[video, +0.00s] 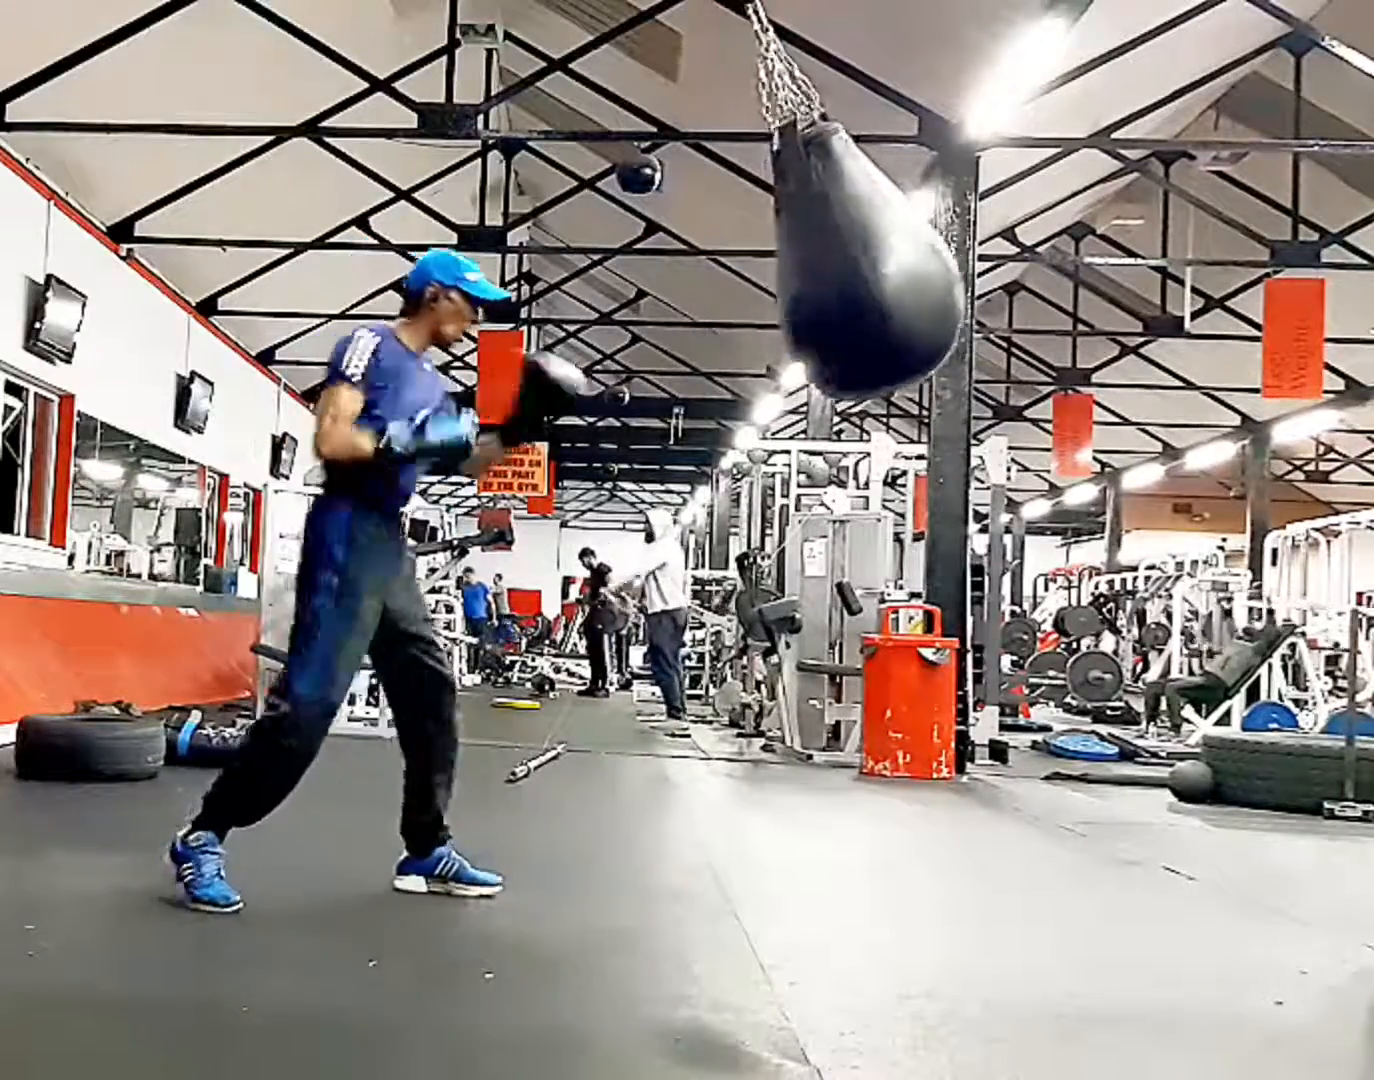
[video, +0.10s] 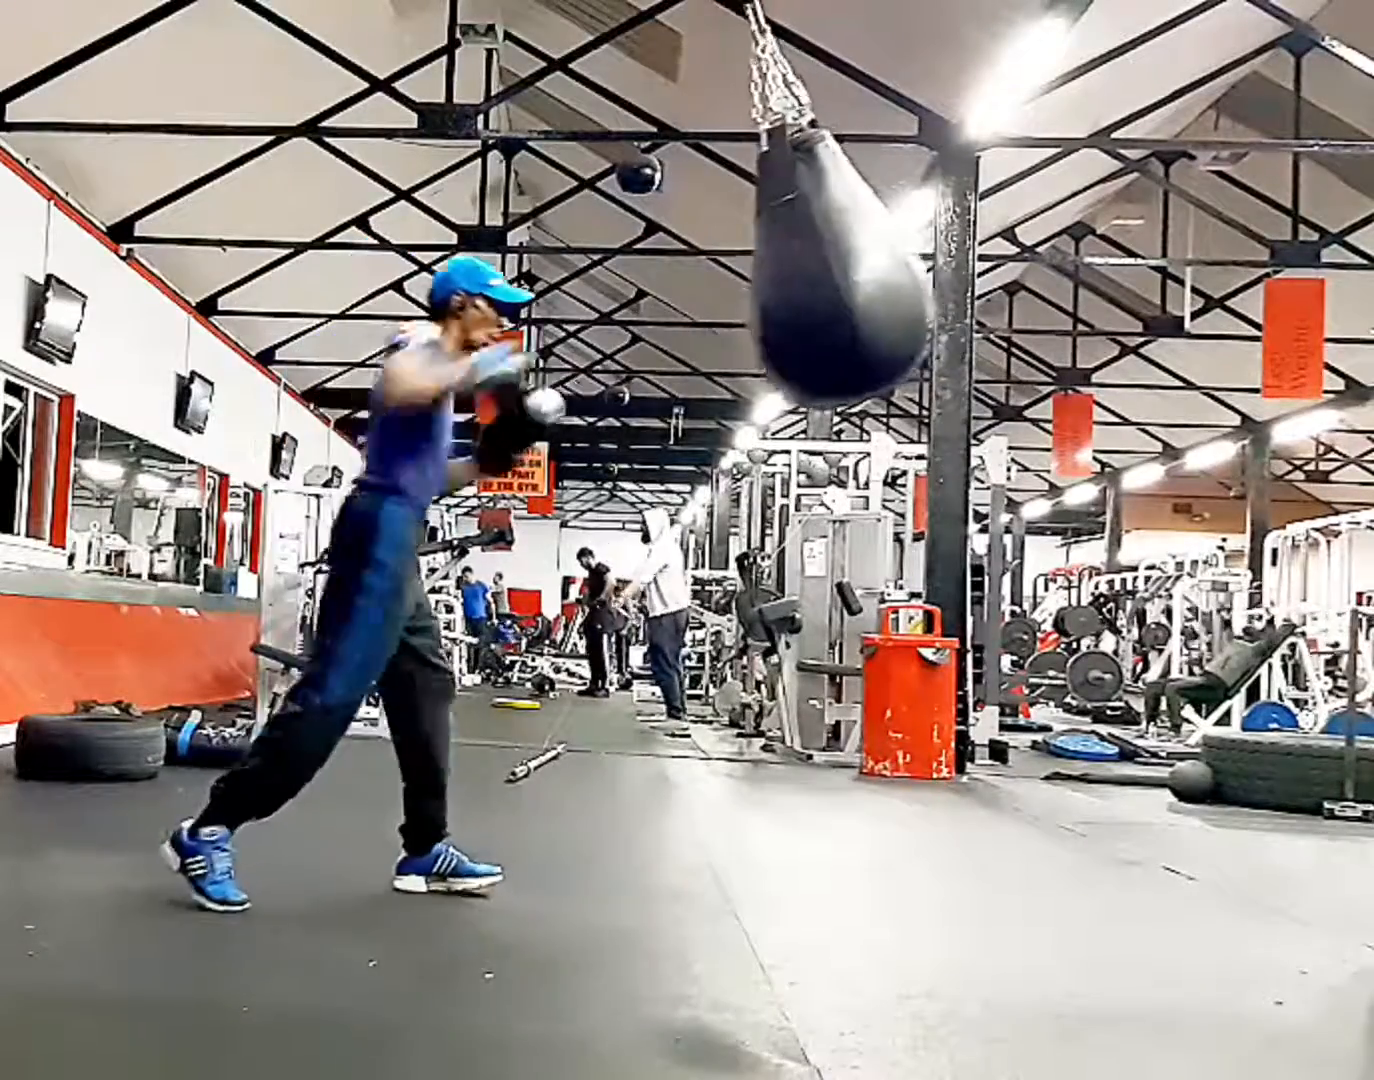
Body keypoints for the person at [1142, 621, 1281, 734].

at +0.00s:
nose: (1246, 632)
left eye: (1251, 632)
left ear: (1254, 636)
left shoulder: (1253, 651)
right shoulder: (1234, 645)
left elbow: (1268, 639)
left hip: (1217, 683)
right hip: (1203, 676)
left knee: (1172, 689)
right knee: (1152, 688)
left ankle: (1175, 730)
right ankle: (1148, 726)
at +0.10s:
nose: (1248, 627)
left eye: (1255, 625)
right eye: (1248, 623)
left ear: (1262, 632)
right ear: (1244, 627)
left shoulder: (1257, 650)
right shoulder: (1233, 643)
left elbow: (1275, 638)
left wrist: (1271, 622)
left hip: (1218, 684)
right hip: (1203, 677)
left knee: (1173, 689)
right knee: (1152, 688)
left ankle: (1175, 731)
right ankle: (1148, 728)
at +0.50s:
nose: (1255, 634)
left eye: (1258, 633)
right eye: (1257, 632)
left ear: (1258, 639)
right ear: (1255, 636)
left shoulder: (1259, 651)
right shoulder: (1238, 644)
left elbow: (1279, 654)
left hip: (1217, 684)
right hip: (1204, 675)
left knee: (1172, 689)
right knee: (1152, 688)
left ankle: (1175, 730)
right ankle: (1147, 727)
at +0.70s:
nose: (1251, 630)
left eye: (1254, 629)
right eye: (1251, 628)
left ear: (1257, 636)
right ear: (1246, 633)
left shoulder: (1257, 650)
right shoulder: (1232, 644)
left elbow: (1273, 644)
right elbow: (1225, 632)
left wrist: (1270, 624)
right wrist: (1223, 617)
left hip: (1218, 683)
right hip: (1203, 678)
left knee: (1172, 688)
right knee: (1152, 687)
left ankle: (1175, 730)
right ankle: (1148, 727)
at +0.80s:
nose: (1252, 625)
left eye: (1259, 625)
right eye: (1252, 623)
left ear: (1263, 634)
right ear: (1247, 629)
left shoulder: (1259, 650)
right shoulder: (1235, 643)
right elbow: (1227, 626)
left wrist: (1270, 616)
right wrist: (1224, 609)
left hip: (1217, 684)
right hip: (1203, 677)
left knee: (1172, 688)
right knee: (1152, 687)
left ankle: (1175, 730)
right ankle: (1147, 727)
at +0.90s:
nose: (1253, 628)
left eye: (1257, 627)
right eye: (1256, 626)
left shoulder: (1256, 652)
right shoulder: (1236, 642)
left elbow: (1266, 634)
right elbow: (1230, 628)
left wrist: (1269, 611)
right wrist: (1226, 609)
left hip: (1219, 683)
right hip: (1205, 676)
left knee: (1172, 688)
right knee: (1152, 687)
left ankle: (1175, 730)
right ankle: (1148, 727)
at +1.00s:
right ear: (1250, 634)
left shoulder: (1255, 654)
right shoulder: (1236, 644)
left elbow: (1266, 633)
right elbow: (1227, 634)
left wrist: (1269, 610)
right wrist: (1224, 609)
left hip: (1218, 683)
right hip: (1205, 677)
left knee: (1172, 689)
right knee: (1153, 687)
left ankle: (1176, 730)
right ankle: (1147, 727)